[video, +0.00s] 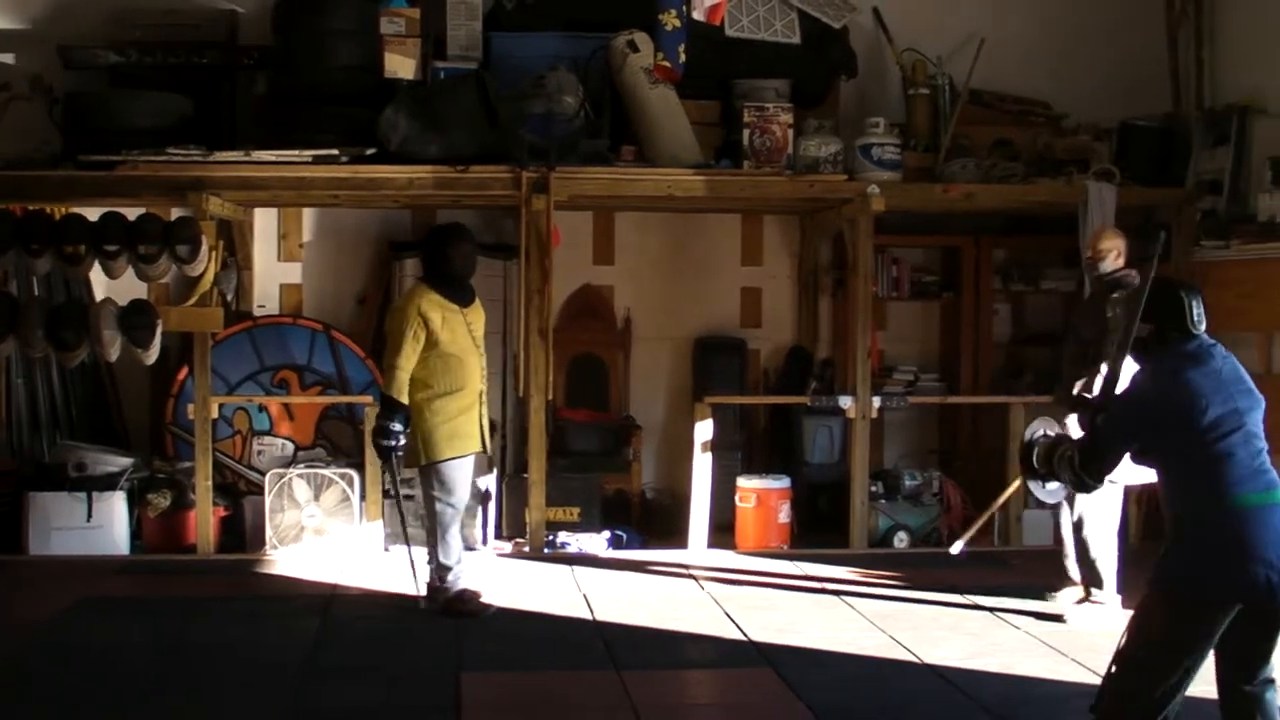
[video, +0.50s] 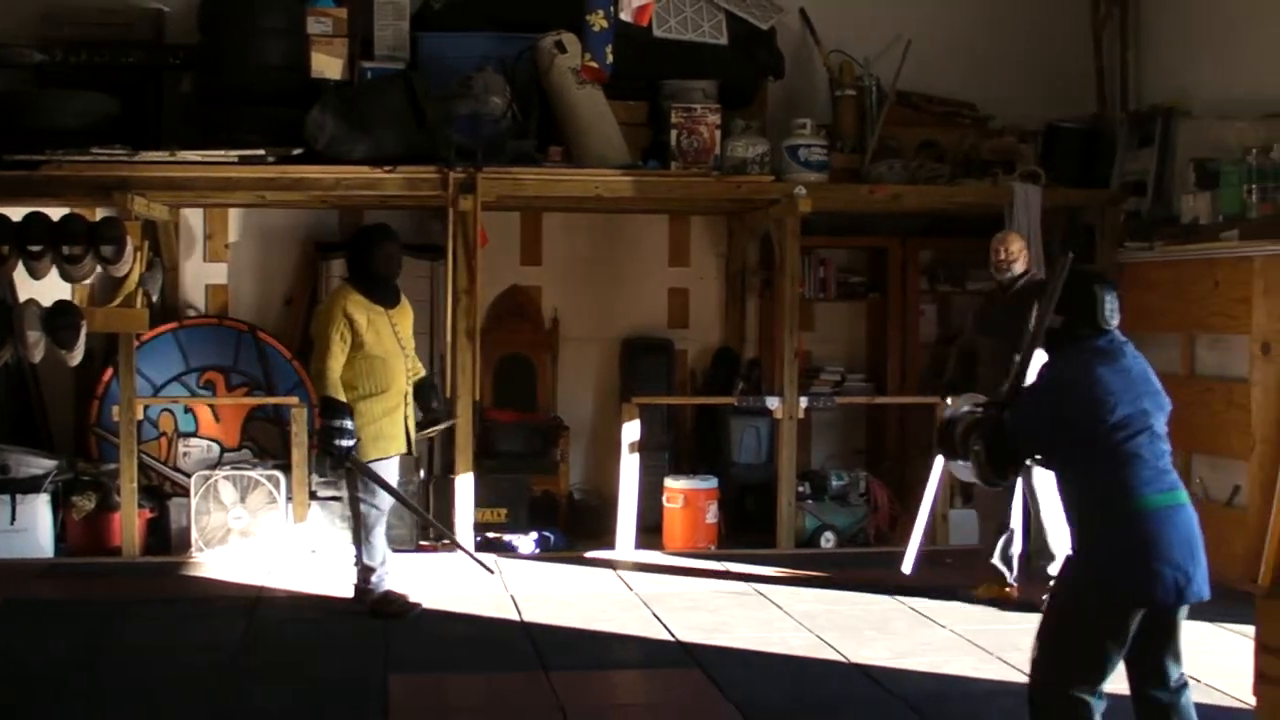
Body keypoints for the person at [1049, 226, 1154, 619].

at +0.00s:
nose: (1092, 259)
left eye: (1100, 254)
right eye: (1090, 253)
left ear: (1120, 255)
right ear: (1090, 255)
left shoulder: (1128, 291)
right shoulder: (1094, 292)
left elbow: (1118, 351)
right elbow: (1079, 342)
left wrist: (1094, 394)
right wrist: (1068, 387)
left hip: (1110, 409)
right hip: (1078, 406)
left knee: (1100, 500)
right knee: (1071, 497)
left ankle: (1104, 588)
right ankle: (1077, 578)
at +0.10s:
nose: (1071, 260)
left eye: (1080, 255)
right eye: (1070, 254)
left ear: (1100, 259)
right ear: (1070, 257)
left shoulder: (1106, 294)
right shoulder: (1073, 293)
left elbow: (1103, 355)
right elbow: (1059, 350)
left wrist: (1071, 402)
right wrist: (1042, 397)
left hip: (1086, 413)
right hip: (1055, 408)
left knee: (1082, 508)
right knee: (1047, 499)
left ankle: (1090, 594)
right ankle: (1055, 580)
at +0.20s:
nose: (1052, 259)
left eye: (1060, 253)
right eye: (1050, 253)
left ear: (1080, 257)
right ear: (1048, 257)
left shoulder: (1091, 299)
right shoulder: (1050, 297)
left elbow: (1094, 359)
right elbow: (1038, 354)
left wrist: (1063, 399)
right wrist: (1015, 396)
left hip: (1071, 414)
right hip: (1038, 411)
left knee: (1069, 503)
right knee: (1035, 498)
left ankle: (1075, 592)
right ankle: (1046, 579)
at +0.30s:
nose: (1032, 260)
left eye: (1039, 254)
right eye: (1029, 254)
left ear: (1059, 258)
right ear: (1024, 259)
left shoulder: (1076, 298)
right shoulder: (1026, 299)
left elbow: (1081, 361)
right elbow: (1016, 355)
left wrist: (1051, 405)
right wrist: (1002, 401)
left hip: (1065, 416)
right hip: (1026, 411)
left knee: (1065, 501)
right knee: (1028, 497)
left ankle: (1062, 590)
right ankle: (1033, 579)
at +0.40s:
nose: (1014, 261)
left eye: (1021, 255)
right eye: (1009, 255)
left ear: (1041, 256)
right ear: (1004, 260)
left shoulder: (1055, 293)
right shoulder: (1003, 301)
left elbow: (1059, 352)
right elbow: (985, 350)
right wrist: (971, 392)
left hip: (1049, 409)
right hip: (1005, 405)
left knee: (1055, 499)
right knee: (1012, 495)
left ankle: (1057, 587)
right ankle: (1020, 578)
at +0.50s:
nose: (1001, 258)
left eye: (1008, 252)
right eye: (996, 253)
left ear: (1026, 256)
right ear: (990, 259)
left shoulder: (1041, 293)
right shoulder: (987, 302)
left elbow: (1044, 352)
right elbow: (969, 349)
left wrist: (1018, 396)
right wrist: (954, 392)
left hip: (1035, 410)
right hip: (993, 410)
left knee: (1044, 494)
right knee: (997, 495)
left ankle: (1060, 575)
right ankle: (1000, 576)